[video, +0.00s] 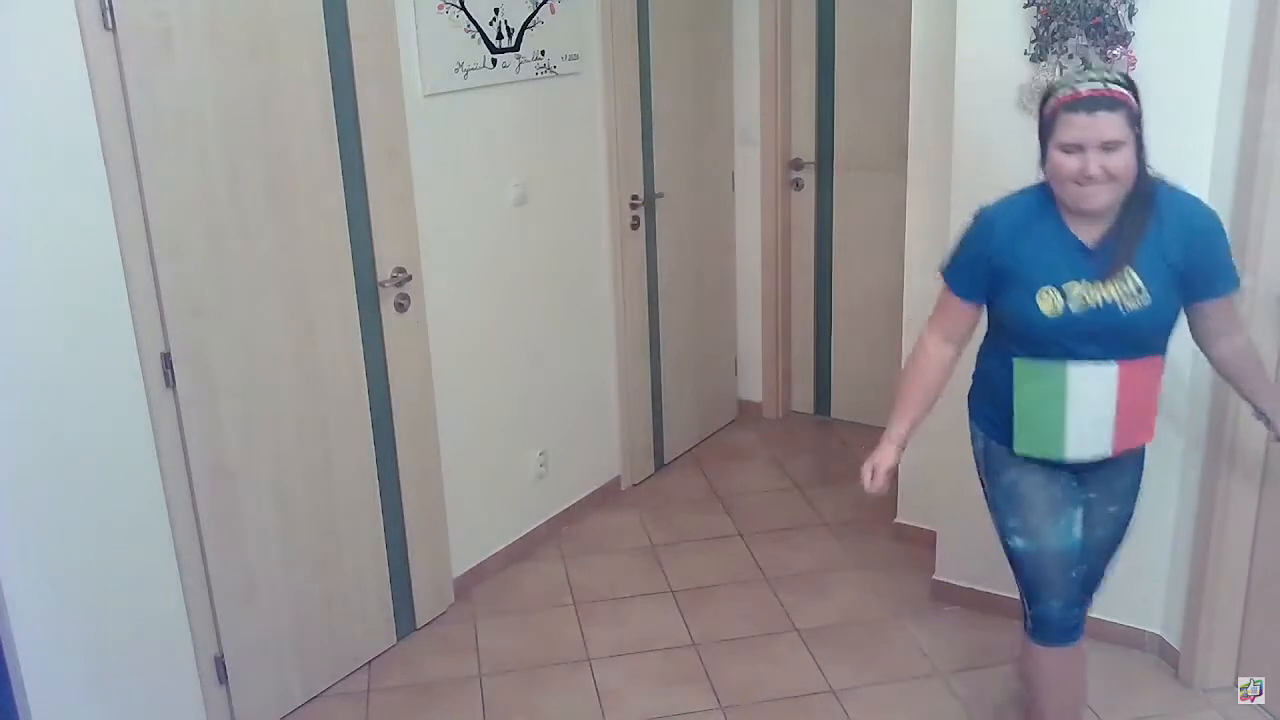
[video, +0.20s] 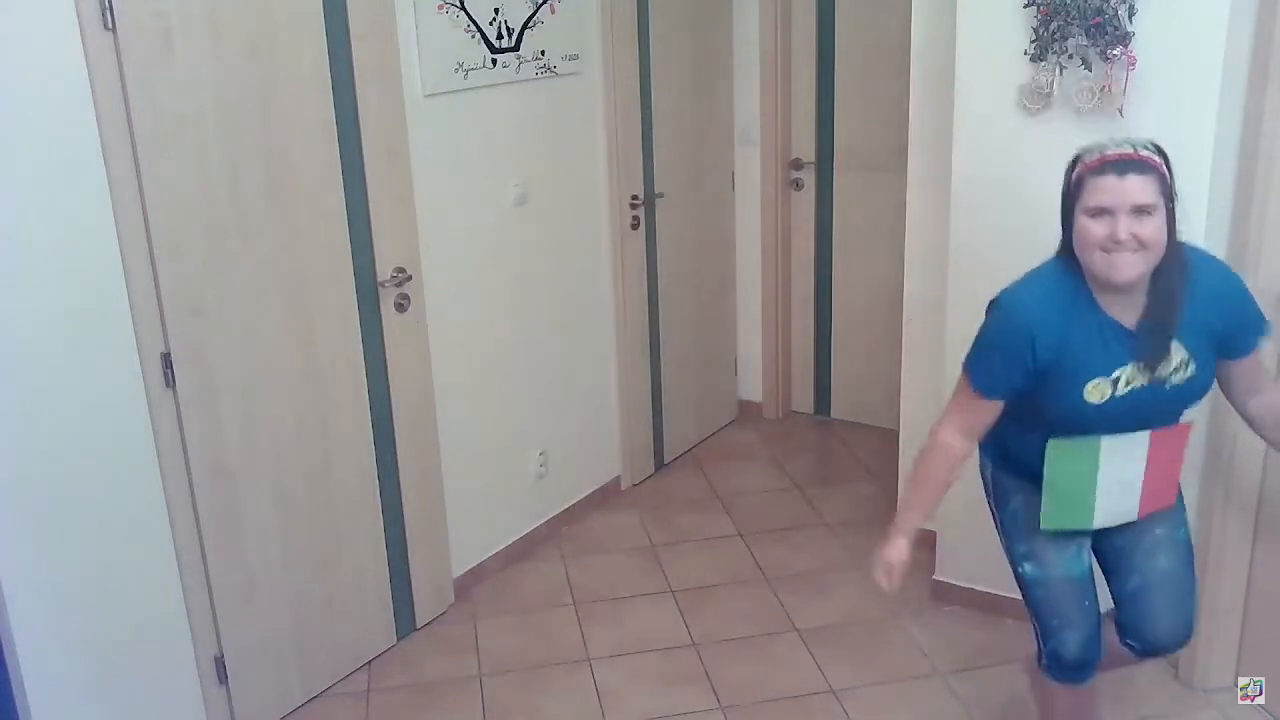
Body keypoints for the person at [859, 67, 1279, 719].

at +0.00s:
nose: (1092, 166)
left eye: (1110, 148)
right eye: (1072, 149)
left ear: (1138, 151)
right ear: (1044, 154)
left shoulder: (1184, 226)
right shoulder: (1001, 231)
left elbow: (1224, 335)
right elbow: (941, 339)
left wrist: (1272, 410)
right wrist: (893, 436)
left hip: (1119, 446)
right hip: (1016, 444)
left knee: (1069, 604)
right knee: (1056, 614)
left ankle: (1036, 693)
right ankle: (1065, 715)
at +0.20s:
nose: (1121, 231)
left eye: (1142, 212)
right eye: (1100, 213)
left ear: (1169, 221)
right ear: (1071, 224)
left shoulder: (1210, 290)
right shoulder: (1028, 314)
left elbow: (1260, 393)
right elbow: (957, 432)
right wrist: (903, 530)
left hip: (1145, 469)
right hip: (1037, 477)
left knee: (1162, 629)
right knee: (1073, 652)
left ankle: (1055, 660)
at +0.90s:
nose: (1157, 128)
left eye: (1179, 113)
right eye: (1137, 111)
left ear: (1201, 130)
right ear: (1107, 127)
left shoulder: (1235, 213)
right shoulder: (1060, 225)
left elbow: (1276, 327)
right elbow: (993, 342)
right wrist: (921, 433)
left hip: (1182, 459)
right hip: (1077, 457)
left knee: (1142, 611)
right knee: (1076, 621)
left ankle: (1107, 695)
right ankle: (1069, 717)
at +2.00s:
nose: (1169, 223)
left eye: (1191, 203)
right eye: (1148, 202)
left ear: (1219, 211)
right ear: (1118, 208)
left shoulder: (1260, 280)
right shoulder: (1072, 301)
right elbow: (1014, 421)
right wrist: (964, 524)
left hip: (1193, 466)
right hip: (1080, 471)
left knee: (1194, 636)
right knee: (1098, 653)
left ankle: (1090, 675)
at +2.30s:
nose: (1170, 220)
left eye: (1190, 199)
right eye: (1147, 202)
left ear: (1217, 211)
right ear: (1116, 218)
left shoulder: (1261, 290)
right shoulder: (1071, 305)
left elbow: (1274, 385)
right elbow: (1018, 410)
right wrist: (988, 449)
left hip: (1194, 475)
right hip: (1079, 477)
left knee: (1174, 655)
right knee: (1105, 665)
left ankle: (1084, 700)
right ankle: (1059, 708)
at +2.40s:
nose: (1186, 184)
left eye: (1206, 164)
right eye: (1162, 166)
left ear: (1230, 178)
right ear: (1129, 184)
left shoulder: (1264, 256)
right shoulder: (1084, 274)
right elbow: (993, 394)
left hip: (1202, 463)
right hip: (1088, 468)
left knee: (1189, 637)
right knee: (1101, 650)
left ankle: (1099, 690)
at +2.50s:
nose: (1197, 155)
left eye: (1216, 135)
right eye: (1173, 137)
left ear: (1238, 150)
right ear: (1138, 152)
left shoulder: (1267, 228)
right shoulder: (1090, 239)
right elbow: (1005, 354)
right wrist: (1074, 271)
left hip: (1208, 461)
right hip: (1096, 463)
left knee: (1191, 627)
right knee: (1102, 636)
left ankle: (1132, 695)